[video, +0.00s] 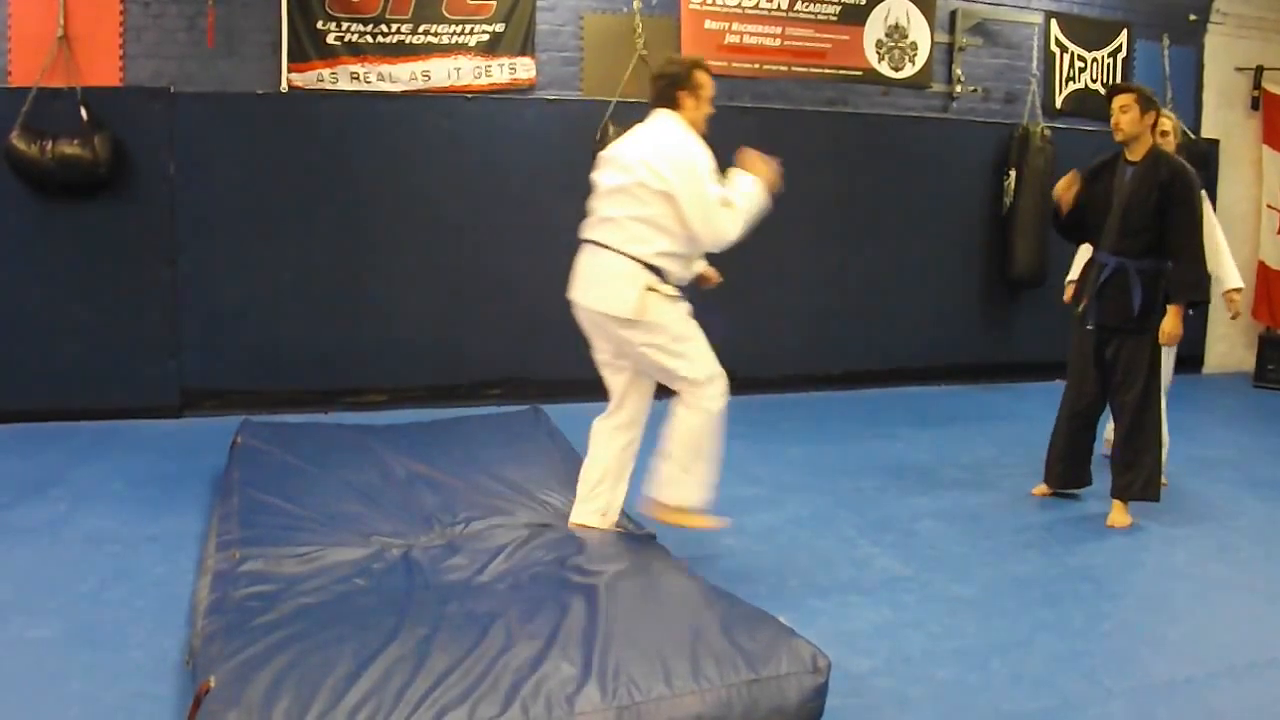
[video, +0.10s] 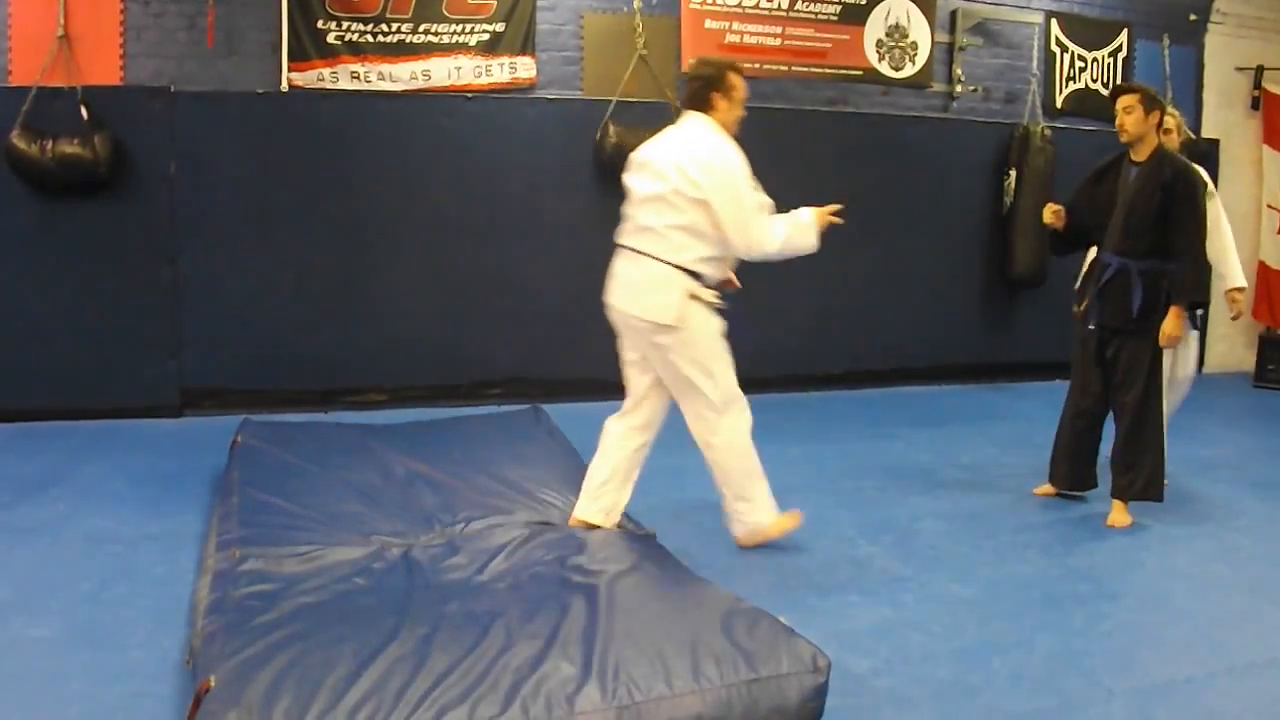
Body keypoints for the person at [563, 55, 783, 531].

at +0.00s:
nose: (711, 108)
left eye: (710, 98)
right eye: (707, 98)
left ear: (669, 97)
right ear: (684, 98)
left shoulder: (628, 141)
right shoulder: (685, 149)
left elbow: (630, 222)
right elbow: (714, 231)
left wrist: (688, 265)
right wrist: (753, 182)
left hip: (589, 283)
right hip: (633, 290)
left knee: (629, 398)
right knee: (705, 383)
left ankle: (592, 515)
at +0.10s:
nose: (744, 111)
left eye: (743, 101)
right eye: (739, 100)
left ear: (698, 99)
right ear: (715, 99)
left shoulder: (655, 144)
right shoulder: (719, 155)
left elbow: (654, 224)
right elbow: (751, 236)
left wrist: (709, 265)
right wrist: (809, 223)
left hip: (626, 286)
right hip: (672, 298)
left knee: (642, 404)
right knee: (721, 408)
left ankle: (593, 511)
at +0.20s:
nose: (779, 117)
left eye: (778, 107)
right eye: (774, 107)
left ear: (737, 106)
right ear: (753, 106)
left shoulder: (683, 153)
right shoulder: (754, 160)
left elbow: (685, 221)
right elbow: (781, 245)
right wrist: (834, 226)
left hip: (663, 290)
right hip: (713, 301)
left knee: (681, 405)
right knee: (751, 417)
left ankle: (609, 496)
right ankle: (759, 531)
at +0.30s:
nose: (806, 115)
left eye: (806, 105)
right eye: (803, 105)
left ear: (763, 102)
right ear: (782, 103)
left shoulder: (708, 149)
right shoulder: (781, 158)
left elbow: (713, 217)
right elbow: (806, 243)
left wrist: (803, 212)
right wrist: (860, 227)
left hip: (691, 288)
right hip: (738, 298)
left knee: (731, 389)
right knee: (774, 415)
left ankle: (659, 457)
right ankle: (765, 529)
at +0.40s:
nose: (824, 109)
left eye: (824, 98)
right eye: (821, 99)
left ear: (779, 95)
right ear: (802, 97)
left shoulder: (727, 142)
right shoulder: (803, 151)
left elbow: (723, 212)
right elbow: (826, 234)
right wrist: (879, 221)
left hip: (713, 278)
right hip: (757, 288)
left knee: (762, 379)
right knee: (779, 408)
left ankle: (711, 454)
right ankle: (764, 528)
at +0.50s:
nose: (835, 109)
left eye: (835, 99)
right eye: (832, 98)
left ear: (793, 95)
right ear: (814, 96)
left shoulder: (738, 141)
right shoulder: (813, 149)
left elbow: (739, 210)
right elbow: (839, 231)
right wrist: (891, 216)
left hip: (726, 278)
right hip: (771, 288)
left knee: (773, 384)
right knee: (786, 409)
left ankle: (743, 466)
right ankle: (763, 527)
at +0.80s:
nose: (871, 115)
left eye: (870, 107)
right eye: (867, 106)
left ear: (828, 107)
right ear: (846, 105)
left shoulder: (784, 153)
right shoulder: (849, 150)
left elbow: (784, 219)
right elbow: (875, 222)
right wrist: (912, 193)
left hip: (779, 277)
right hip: (817, 283)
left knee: (805, 388)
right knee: (837, 396)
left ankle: (810, 480)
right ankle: (781, 493)